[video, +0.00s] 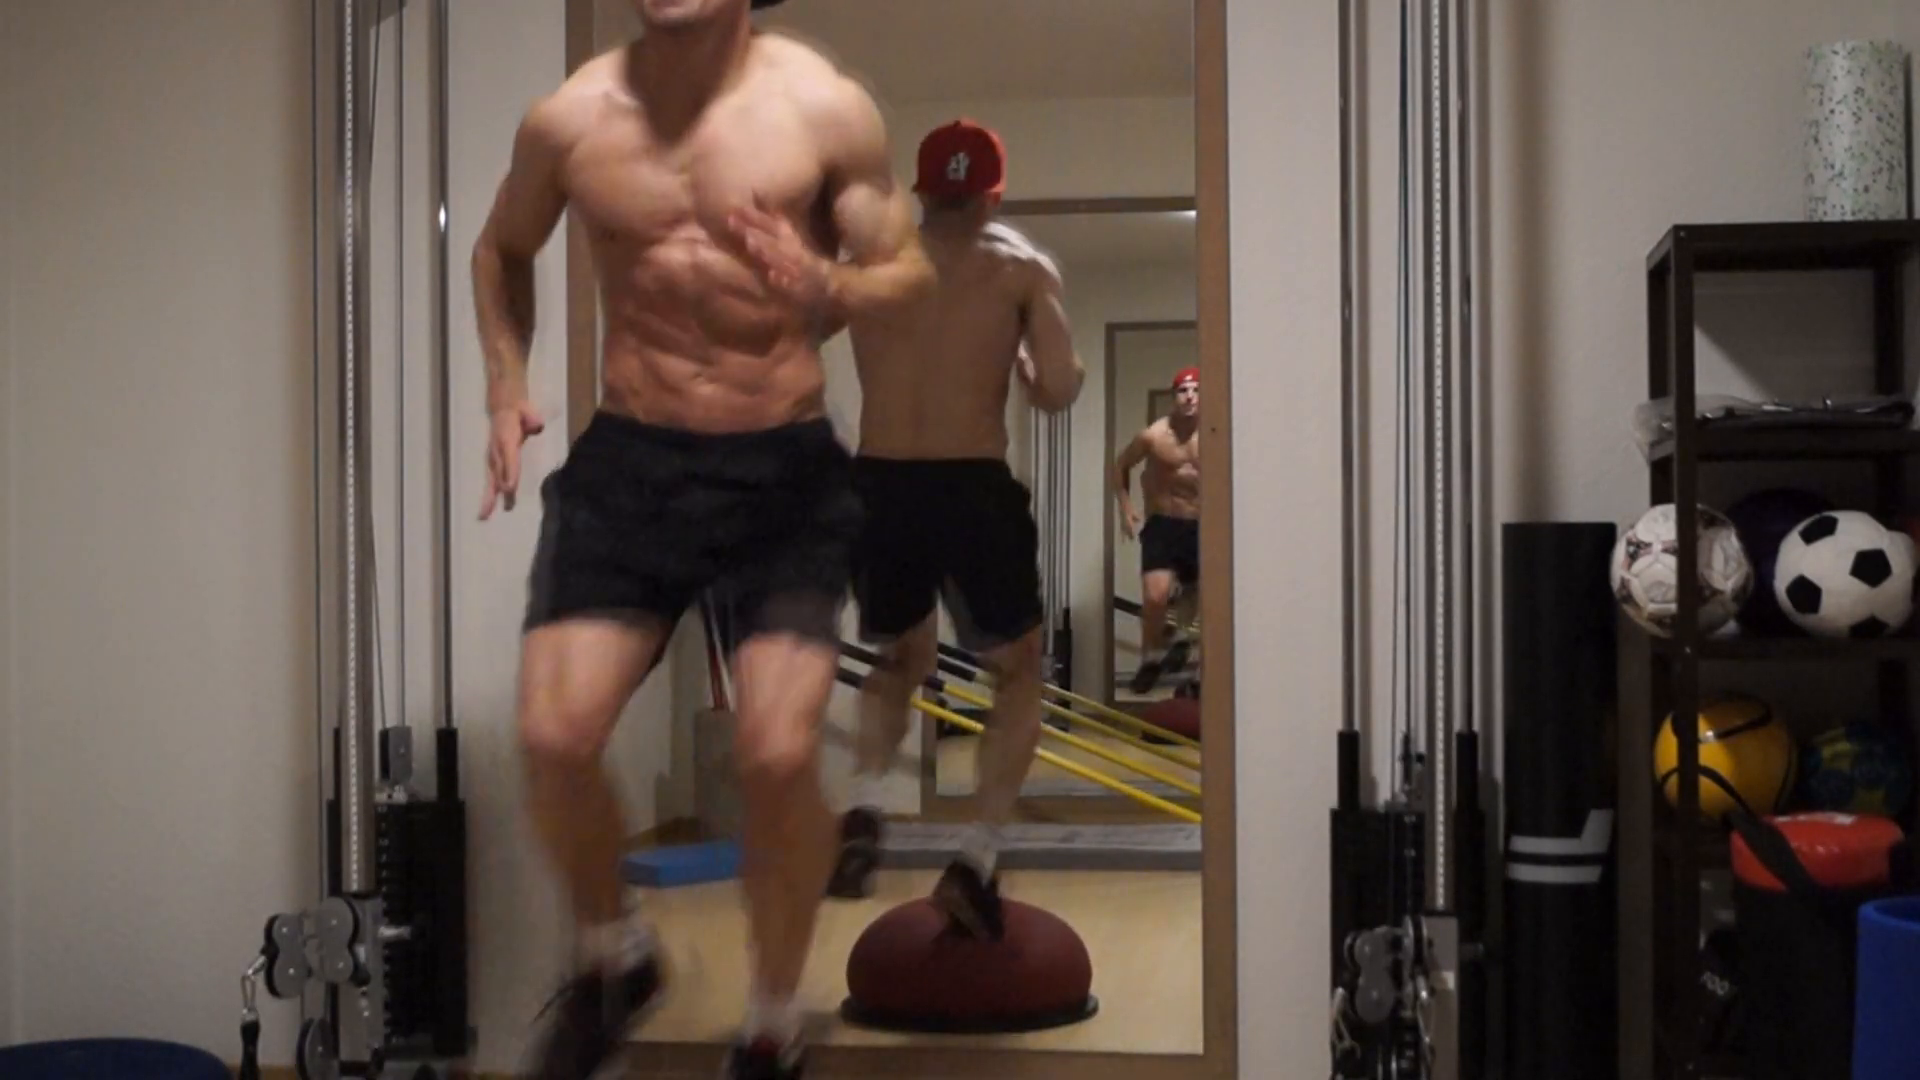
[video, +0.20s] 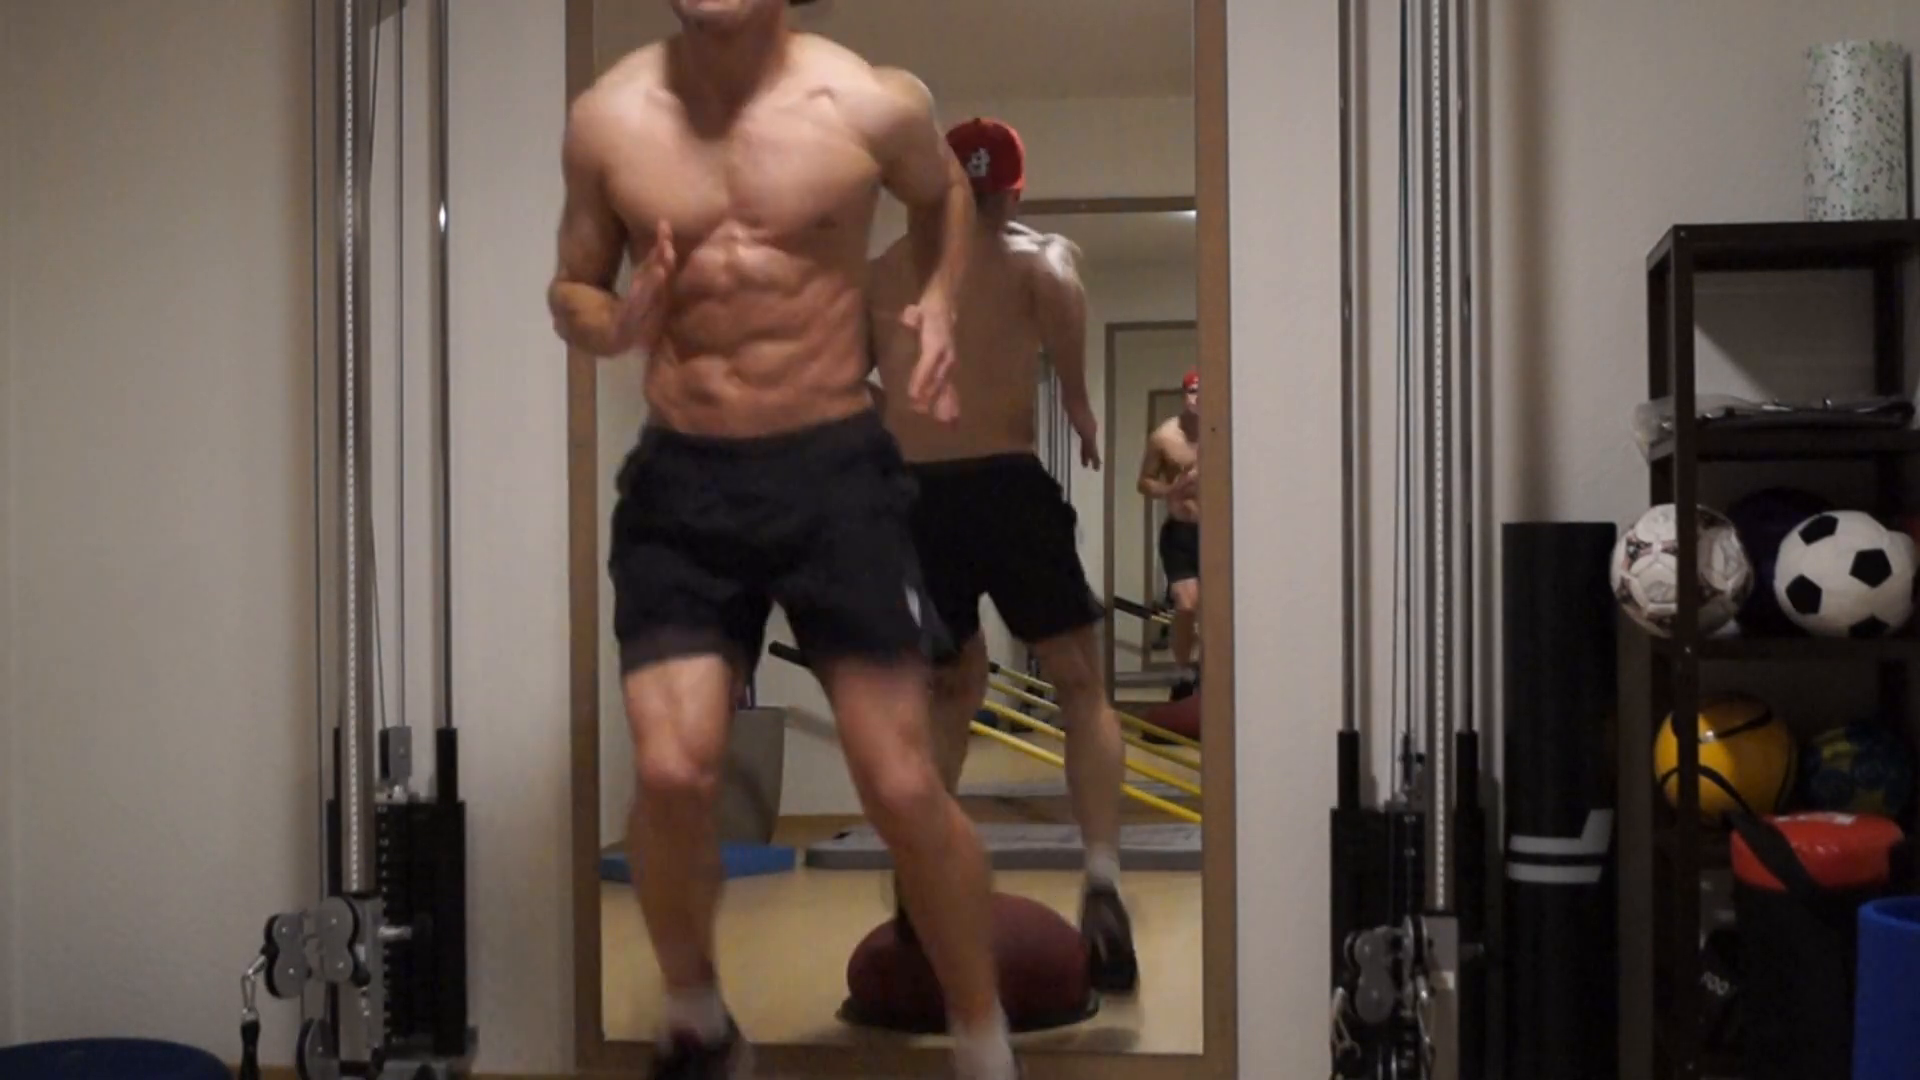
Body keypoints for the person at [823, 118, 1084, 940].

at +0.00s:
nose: (983, 205)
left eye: (967, 194)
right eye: (986, 194)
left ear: (919, 188)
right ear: (996, 192)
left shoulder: (875, 258)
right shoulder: (1024, 266)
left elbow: (805, 331)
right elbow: (1058, 385)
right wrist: (1021, 365)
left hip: (882, 489)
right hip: (977, 494)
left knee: (900, 658)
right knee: (1019, 675)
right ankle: (978, 853)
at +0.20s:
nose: (1016, 202)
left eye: (994, 185)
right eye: (1018, 189)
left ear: (941, 183)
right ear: (1015, 189)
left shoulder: (884, 268)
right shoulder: (1043, 264)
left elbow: (847, 372)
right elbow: (1072, 383)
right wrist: (1090, 440)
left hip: (915, 500)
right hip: (1013, 496)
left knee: (955, 684)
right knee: (1081, 693)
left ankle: (913, 864)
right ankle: (1102, 879)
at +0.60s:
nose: (998, 169)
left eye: (980, 155)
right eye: (1000, 157)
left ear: (929, 155)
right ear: (1000, 161)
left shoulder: (872, 233)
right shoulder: (1028, 232)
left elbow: (816, 314)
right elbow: (1061, 294)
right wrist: (1058, 379)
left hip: (884, 450)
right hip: (984, 449)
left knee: (899, 643)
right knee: (1007, 636)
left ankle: (906, 811)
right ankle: (993, 811)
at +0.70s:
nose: (953, 178)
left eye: (944, 164)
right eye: (962, 164)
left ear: (908, 155)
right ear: (985, 160)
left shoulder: (863, 220)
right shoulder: (1015, 242)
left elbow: (792, 278)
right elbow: (1052, 365)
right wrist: (999, 366)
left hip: (862, 463)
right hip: (963, 474)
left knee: (846, 650)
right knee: (958, 677)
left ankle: (813, 820)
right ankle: (951, 881)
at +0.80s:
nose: (950, 191)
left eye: (937, 174)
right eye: (963, 177)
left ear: (898, 168)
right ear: (972, 175)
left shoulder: (849, 241)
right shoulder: (999, 257)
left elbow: (764, 299)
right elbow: (1032, 379)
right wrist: (988, 322)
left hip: (843, 488)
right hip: (943, 496)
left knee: (819, 694)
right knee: (959, 683)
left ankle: (773, 891)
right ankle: (947, 865)